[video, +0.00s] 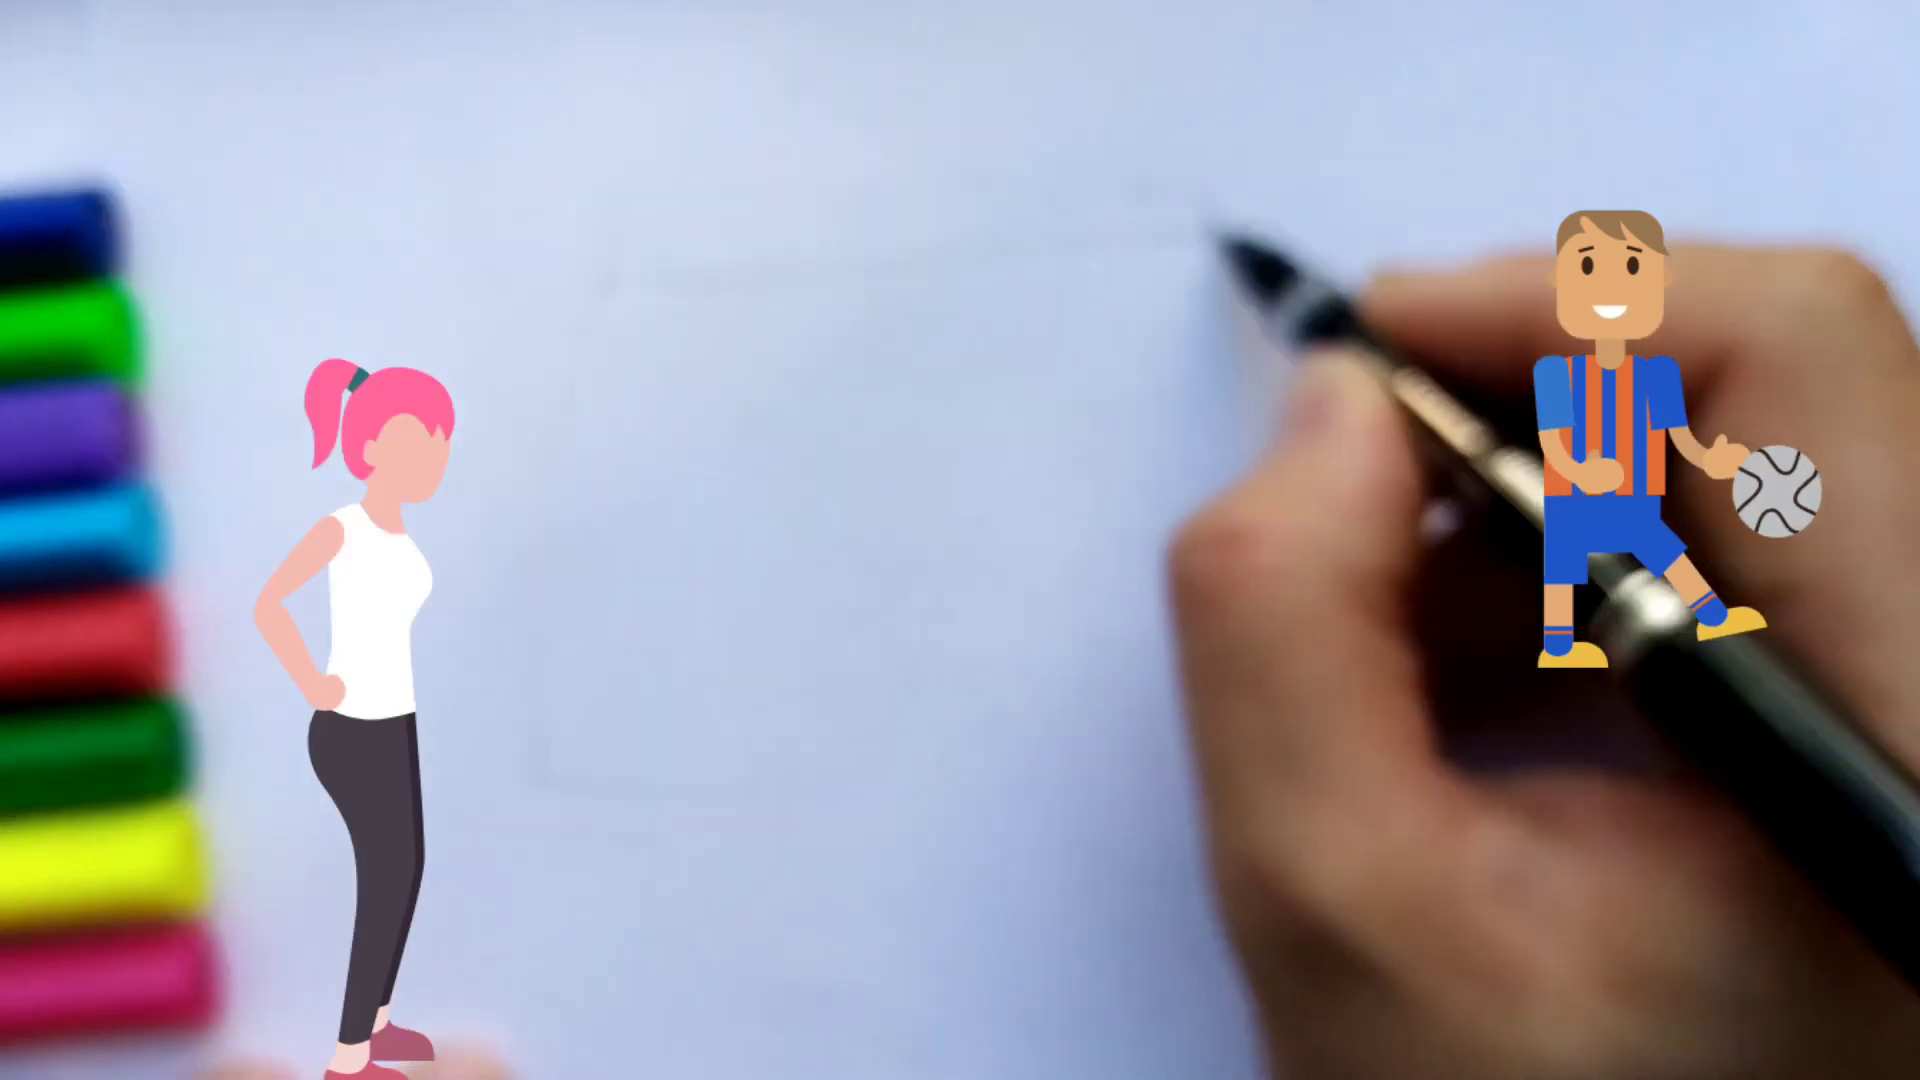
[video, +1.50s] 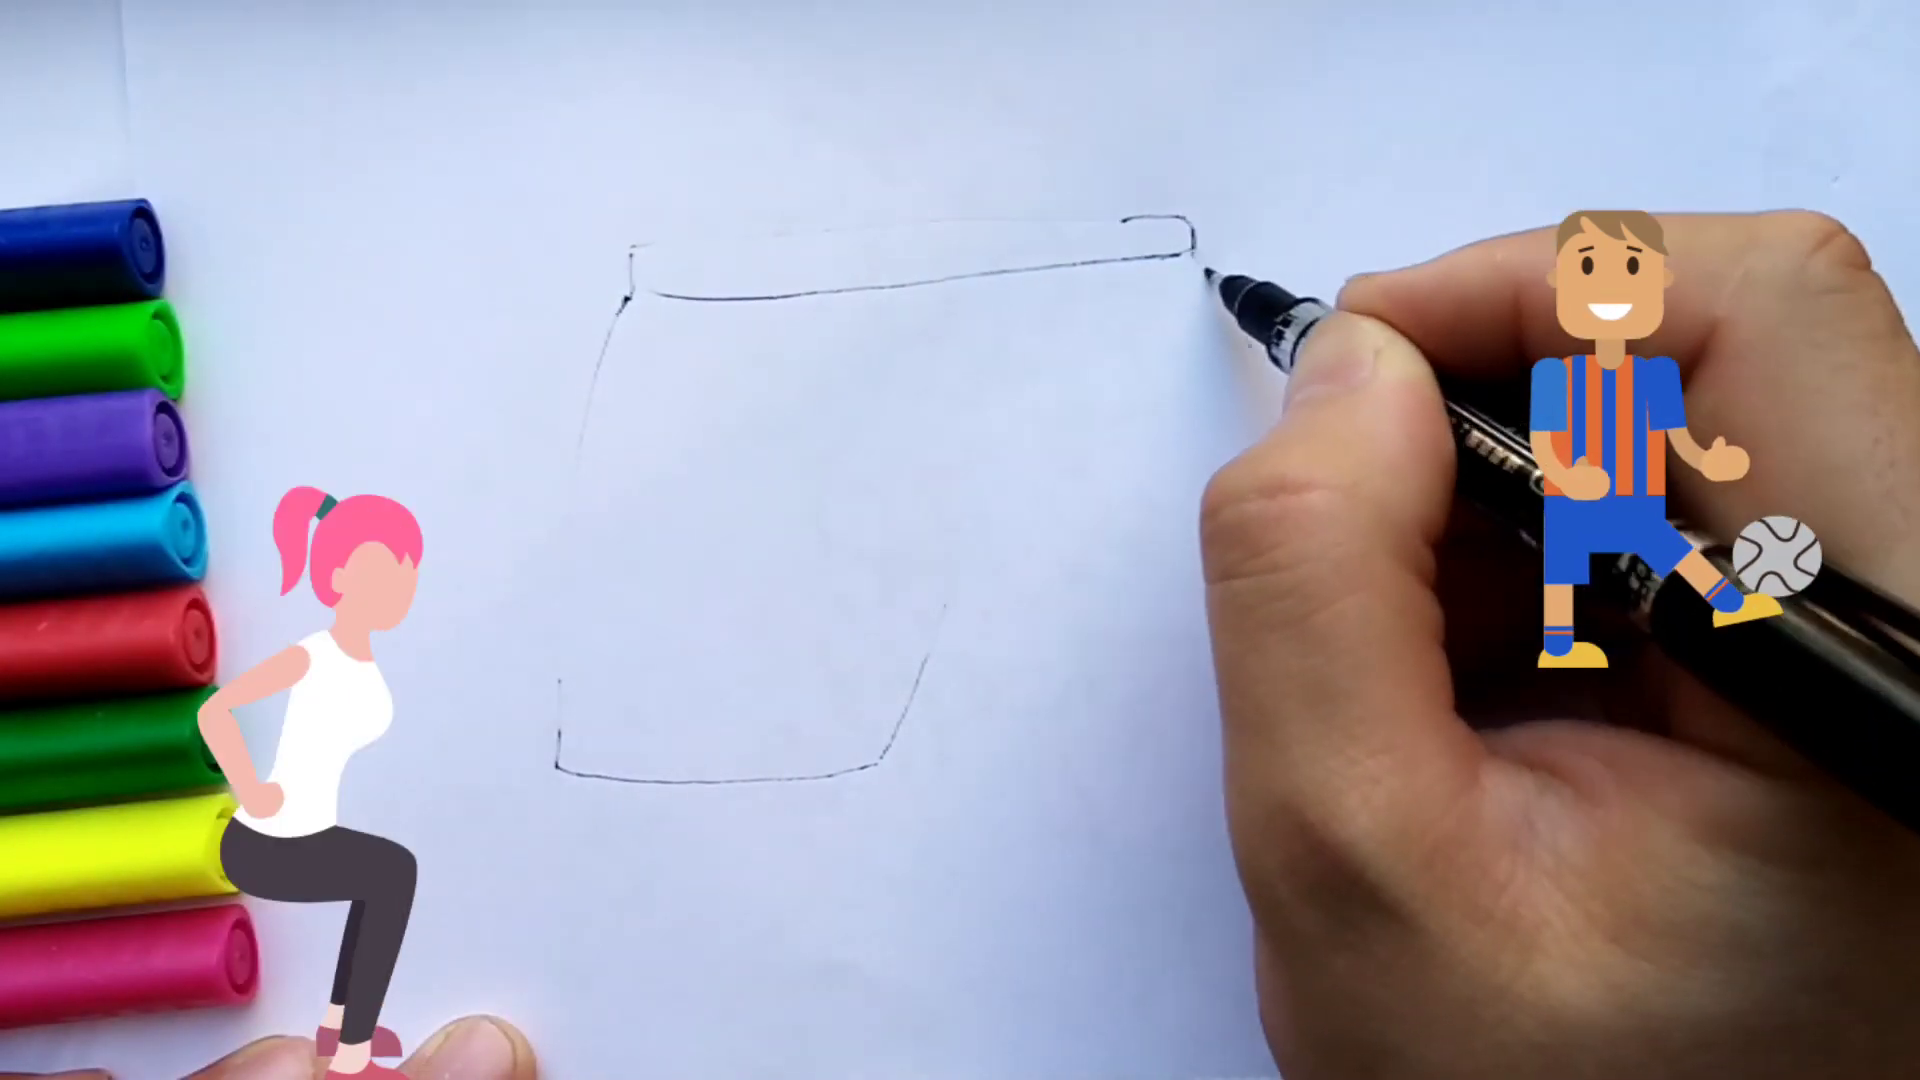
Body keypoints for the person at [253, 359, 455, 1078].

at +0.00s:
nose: (439, 455)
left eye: (441, 440)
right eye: (424, 437)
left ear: (438, 450)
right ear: (376, 446)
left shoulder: (403, 534)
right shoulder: (344, 528)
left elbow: (383, 622)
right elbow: (268, 605)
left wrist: (393, 685)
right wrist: (312, 684)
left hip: (397, 730)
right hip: (354, 732)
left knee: (405, 873)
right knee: (387, 878)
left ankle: (375, 1021)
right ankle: (349, 1051)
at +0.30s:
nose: (402, 588)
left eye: (403, 572)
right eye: (385, 571)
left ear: (405, 580)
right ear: (343, 578)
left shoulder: (363, 660)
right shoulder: (312, 656)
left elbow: (320, 738)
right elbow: (213, 713)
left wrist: (313, 795)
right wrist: (249, 790)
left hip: (306, 842)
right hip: (263, 851)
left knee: (391, 865)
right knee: (392, 872)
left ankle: (340, 1023)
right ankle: (351, 1056)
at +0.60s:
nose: (437, 457)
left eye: (440, 441)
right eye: (422, 439)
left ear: (440, 450)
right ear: (375, 447)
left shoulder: (404, 535)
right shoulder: (343, 529)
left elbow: (384, 622)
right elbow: (268, 605)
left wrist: (395, 686)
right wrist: (312, 683)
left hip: (397, 731)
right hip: (353, 733)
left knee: (405, 872)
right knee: (387, 878)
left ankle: (373, 1020)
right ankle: (348, 1052)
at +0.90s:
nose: (404, 588)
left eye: (404, 572)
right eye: (387, 571)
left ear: (404, 579)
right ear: (344, 578)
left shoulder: (363, 661)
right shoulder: (311, 656)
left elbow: (322, 739)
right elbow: (213, 713)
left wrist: (317, 798)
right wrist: (249, 790)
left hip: (307, 842)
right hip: (263, 851)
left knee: (391, 865)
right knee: (392, 873)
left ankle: (340, 1023)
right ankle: (350, 1056)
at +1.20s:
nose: (435, 455)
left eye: (439, 440)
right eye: (419, 438)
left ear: (440, 450)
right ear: (374, 446)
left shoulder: (403, 535)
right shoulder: (344, 529)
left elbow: (383, 621)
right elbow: (268, 605)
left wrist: (394, 684)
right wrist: (312, 684)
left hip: (397, 730)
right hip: (353, 732)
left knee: (405, 874)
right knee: (387, 879)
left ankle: (373, 1022)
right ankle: (348, 1052)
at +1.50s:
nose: (407, 589)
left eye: (407, 573)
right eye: (393, 571)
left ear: (401, 581)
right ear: (346, 579)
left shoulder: (363, 661)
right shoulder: (311, 656)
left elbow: (320, 737)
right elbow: (213, 712)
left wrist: (314, 796)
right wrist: (249, 790)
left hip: (307, 841)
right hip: (263, 851)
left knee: (391, 864)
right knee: (392, 873)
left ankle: (340, 1021)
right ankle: (350, 1056)